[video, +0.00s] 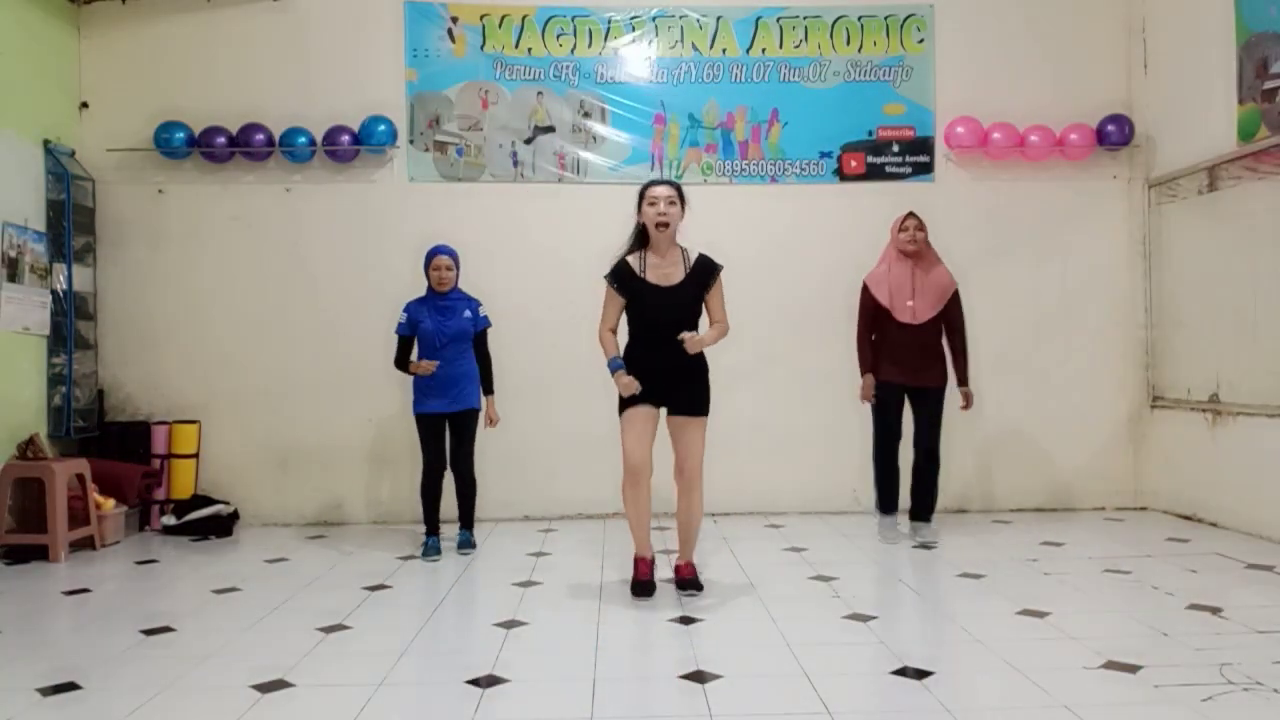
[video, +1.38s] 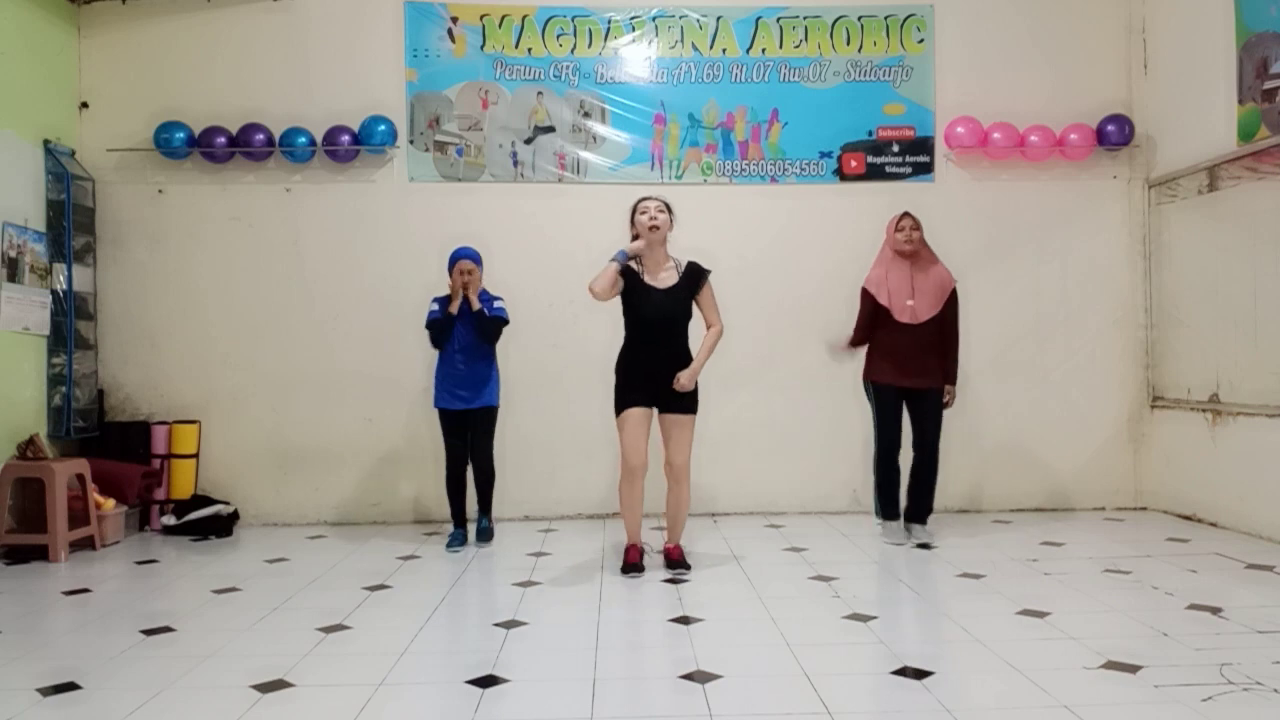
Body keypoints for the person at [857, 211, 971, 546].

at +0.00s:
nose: (912, 234)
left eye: (918, 229)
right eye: (905, 229)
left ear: (926, 236)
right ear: (894, 238)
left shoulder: (941, 279)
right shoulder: (878, 278)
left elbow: (956, 332)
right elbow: (864, 329)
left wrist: (963, 382)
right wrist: (866, 373)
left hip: (929, 375)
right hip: (887, 375)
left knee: (927, 448)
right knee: (886, 445)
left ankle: (921, 520)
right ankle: (887, 516)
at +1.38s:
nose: (909, 235)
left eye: (914, 229)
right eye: (901, 230)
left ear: (922, 235)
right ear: (890, 238)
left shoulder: (941, 279)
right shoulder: (878, 278)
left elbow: (950, 334)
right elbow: (864, 328)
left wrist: (950, 379)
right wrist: (851, 343)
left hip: (927, 377)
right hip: (884, 375)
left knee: (927, 450)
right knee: (888, 446)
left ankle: (917, 520)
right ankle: (889, 518)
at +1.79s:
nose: (911, 232)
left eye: (916, 227)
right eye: (903, 226)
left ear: (923, 234)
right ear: (891, 235)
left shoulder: (930, 273)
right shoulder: (877, 271)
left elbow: (940, 328)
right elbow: (880, 267)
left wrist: (950, 374)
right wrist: (908, 247)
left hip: (919, 369)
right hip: (879, 369)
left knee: (943, 431)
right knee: (883, 443)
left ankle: (922, 506)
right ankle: (884, 519)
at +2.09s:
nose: (910, 234)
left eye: (914, 229)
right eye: (902, 230)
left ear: (922, 236)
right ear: (891, 239)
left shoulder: (934, 278)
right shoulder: (880, 274)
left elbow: (963, 316)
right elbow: (871, 306)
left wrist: (976, 281)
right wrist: (896, 277)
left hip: (922, 373)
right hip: (880, 371)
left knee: (929, 445)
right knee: (885, 443)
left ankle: (918, 520)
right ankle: (885, 519)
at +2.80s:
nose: (897, 236)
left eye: (902, 231)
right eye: (889, 231)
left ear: (909, 239)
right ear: (878, 241)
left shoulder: (922, 273)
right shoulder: (868, 274)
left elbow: (941, 266)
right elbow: (876, 261)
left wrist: (940, 249)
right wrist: (904, 244)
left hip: (914, 369)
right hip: (874, 368)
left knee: (921, 444)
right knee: (874, 441)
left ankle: (908, 516)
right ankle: (873, 515)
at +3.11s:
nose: (902, 237)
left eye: (906, 232)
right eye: (894, 232)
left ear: (912, 239)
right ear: (879, 238)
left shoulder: (921, 267)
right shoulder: (866, 269)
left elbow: (941, 223)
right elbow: (856, 219)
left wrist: (917, 181)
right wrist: (883, 178)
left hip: (919, 368)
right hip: (878, 368)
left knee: (914, 445)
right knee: (884, 442)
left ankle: (904, 515)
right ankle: (878, 514)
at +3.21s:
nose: (903, 233)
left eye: (907, 228)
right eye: (896, 228)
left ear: (912, 233)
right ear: (881, 233)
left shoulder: (922, 260)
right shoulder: (863, 262)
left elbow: (948, 220)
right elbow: (847, 211)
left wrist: (913, 189)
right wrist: (878, 183)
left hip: (917, 363)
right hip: (876, 364)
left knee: (918, 440)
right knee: (880, 438)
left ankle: (907, 513)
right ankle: (877, 515)